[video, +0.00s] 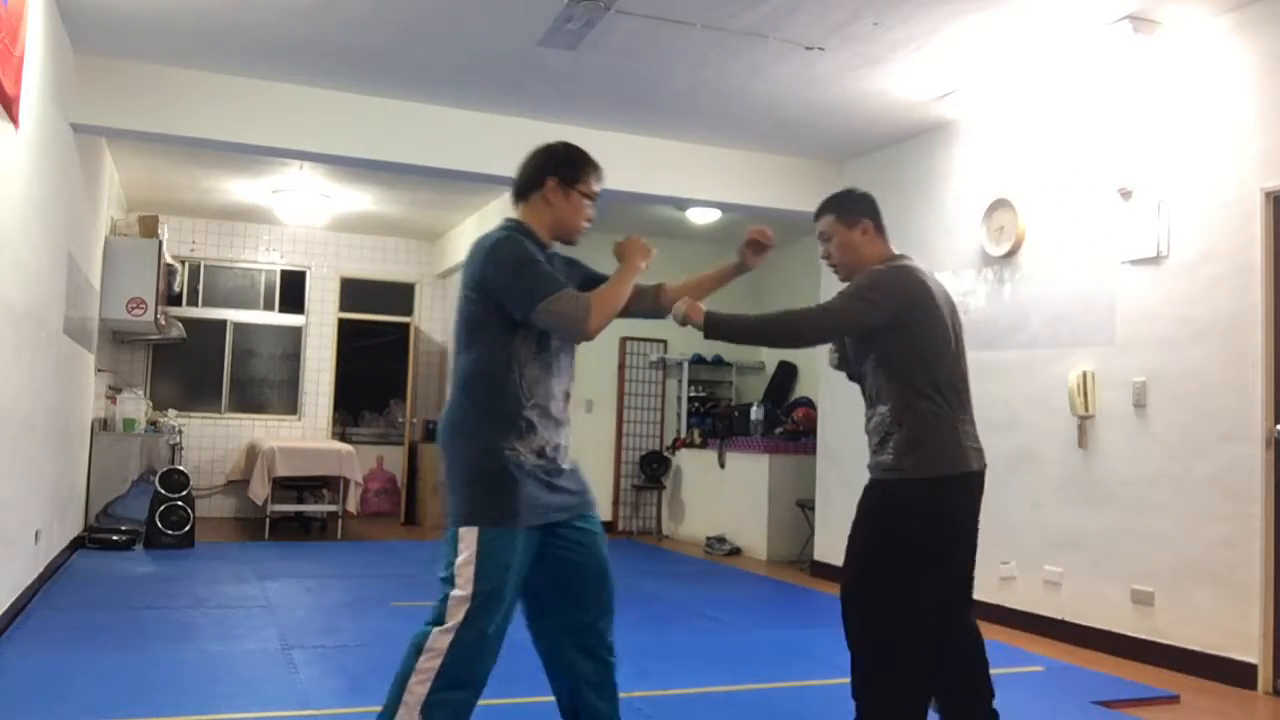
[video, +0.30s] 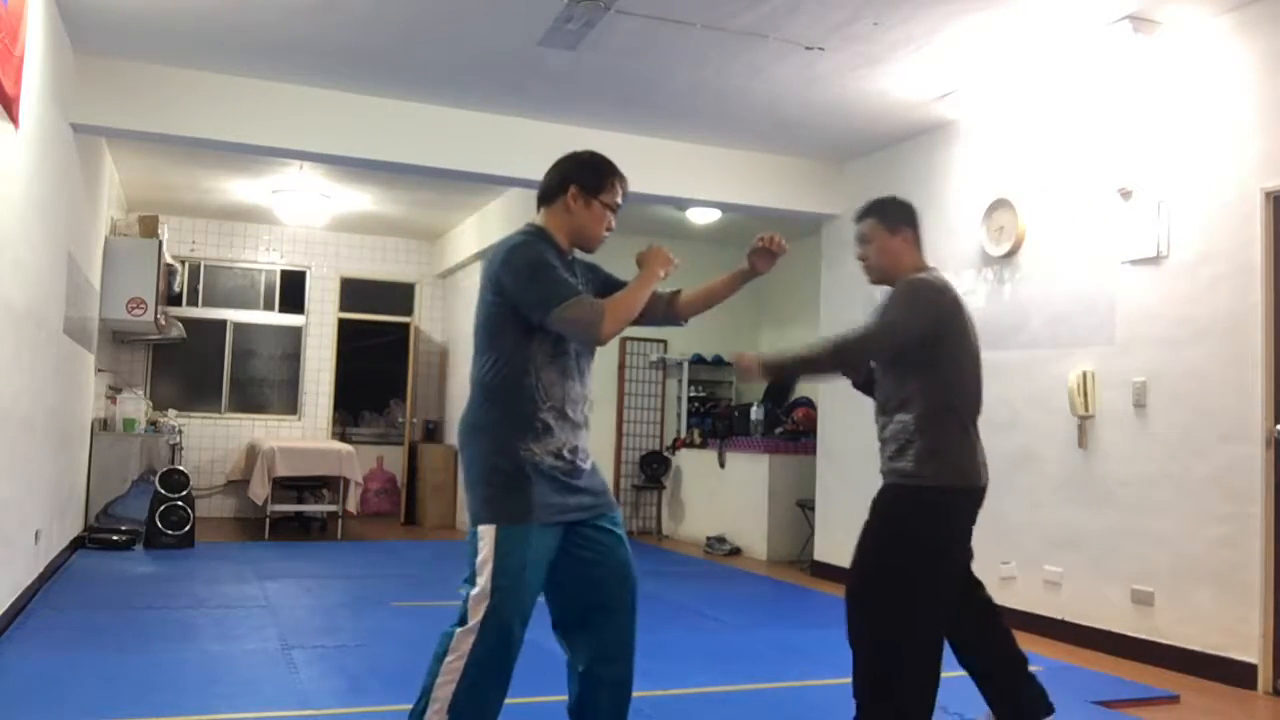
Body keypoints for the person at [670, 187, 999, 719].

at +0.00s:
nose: (823, 254)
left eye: (828, 239)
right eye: (819, 243)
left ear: (865, 229)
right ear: (868, 235)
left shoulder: (888, 280)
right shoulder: (922, 284)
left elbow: (808, 326)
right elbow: (899, 382)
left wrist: (709, 320)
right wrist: (847, 356)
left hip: (912, 476)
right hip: (953, 472)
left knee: (871, 608)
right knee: (944, 614)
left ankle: (888, 713)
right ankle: (972, 712)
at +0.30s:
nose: (860, 255)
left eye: (867, 242)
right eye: (858, 245)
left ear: (902, 238)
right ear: (903, 243)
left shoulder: (920, 294)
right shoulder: (931, 299)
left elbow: (853, 347)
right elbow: (904, 393)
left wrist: (775, 365)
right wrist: (855, 367)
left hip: (922, 482)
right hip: (945, 480)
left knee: (877, 603)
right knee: (953, 594)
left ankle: (887, 715)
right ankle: (1024, 706)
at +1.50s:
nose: (930, 264)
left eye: (936, 250)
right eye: (926, 255)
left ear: (971, 242)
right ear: (960, 251)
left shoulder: (1010, 299)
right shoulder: (961, 318)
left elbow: (970, 351)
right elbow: (932, 391)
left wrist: (897, 322)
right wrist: (897, 346)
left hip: (993, 480)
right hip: (957, 480)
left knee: (931, 580)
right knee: (979, 594)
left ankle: (954, 708)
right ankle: (1022, 711)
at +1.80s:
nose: (872, 267)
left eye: (880, 253)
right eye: (869, 257)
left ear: (918, 250)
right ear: (907, 256)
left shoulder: (940, 306)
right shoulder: (912, 320)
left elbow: (894, 345)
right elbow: (890, 404)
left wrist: (819, 301)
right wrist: (853, 368)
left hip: (931, 491)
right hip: (913, 491)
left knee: (868, 598)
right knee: (968, 624)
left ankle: (863, 711)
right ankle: (1016, 713)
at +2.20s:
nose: (732, 266)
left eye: (742, 253)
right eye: (729, 256)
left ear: (783, 250)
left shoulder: (820, 297)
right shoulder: (734, 309)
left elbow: (783, 345)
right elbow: (652, 319)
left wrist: (703, 295)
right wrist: (581, 275)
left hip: (826, 491)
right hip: (754, 489)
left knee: (821, 610)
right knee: (677, 584)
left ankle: (843, 714)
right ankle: (649, 705)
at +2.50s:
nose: (571, 243)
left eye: (579, 229)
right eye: (568, 231)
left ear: (617, 226)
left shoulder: (665, 300)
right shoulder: (589, 296)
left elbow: (638, 368)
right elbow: (526, 345)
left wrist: (587, 312)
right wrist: (484, 305)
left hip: (648, 495)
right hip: (583, 488)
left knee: (664, 624)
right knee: (521, 626)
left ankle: (758, 710)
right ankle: (499, 709)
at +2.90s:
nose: (473, 215)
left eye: (480, 201)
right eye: (470, 205)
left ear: (523, 195)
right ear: (512, 201)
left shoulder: (557, 253)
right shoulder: (517, 264)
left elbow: (522, 315)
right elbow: (486, 319)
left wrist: (451, 250)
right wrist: (439, 256)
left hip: (571, 465)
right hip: (528, 464)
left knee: (572, 621)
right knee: (533, 621)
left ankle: (593, 715)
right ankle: (539, 714)